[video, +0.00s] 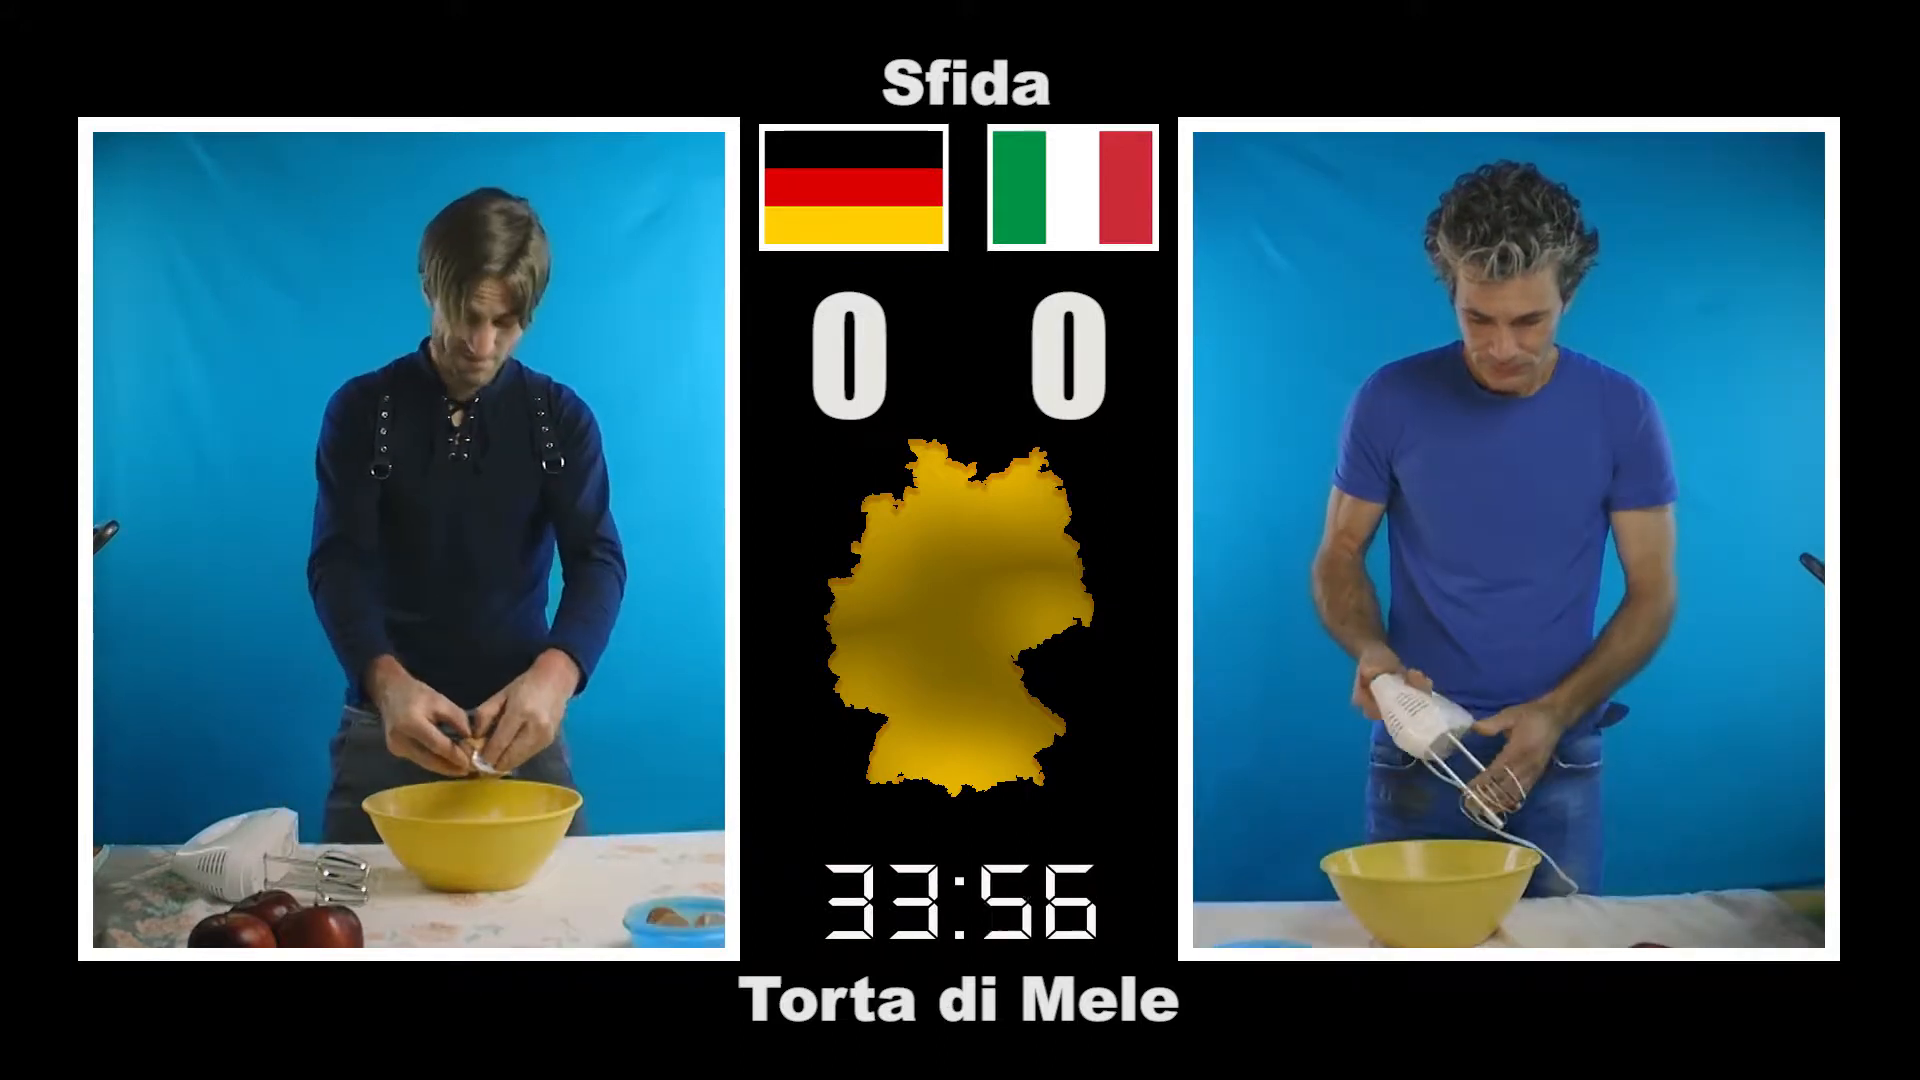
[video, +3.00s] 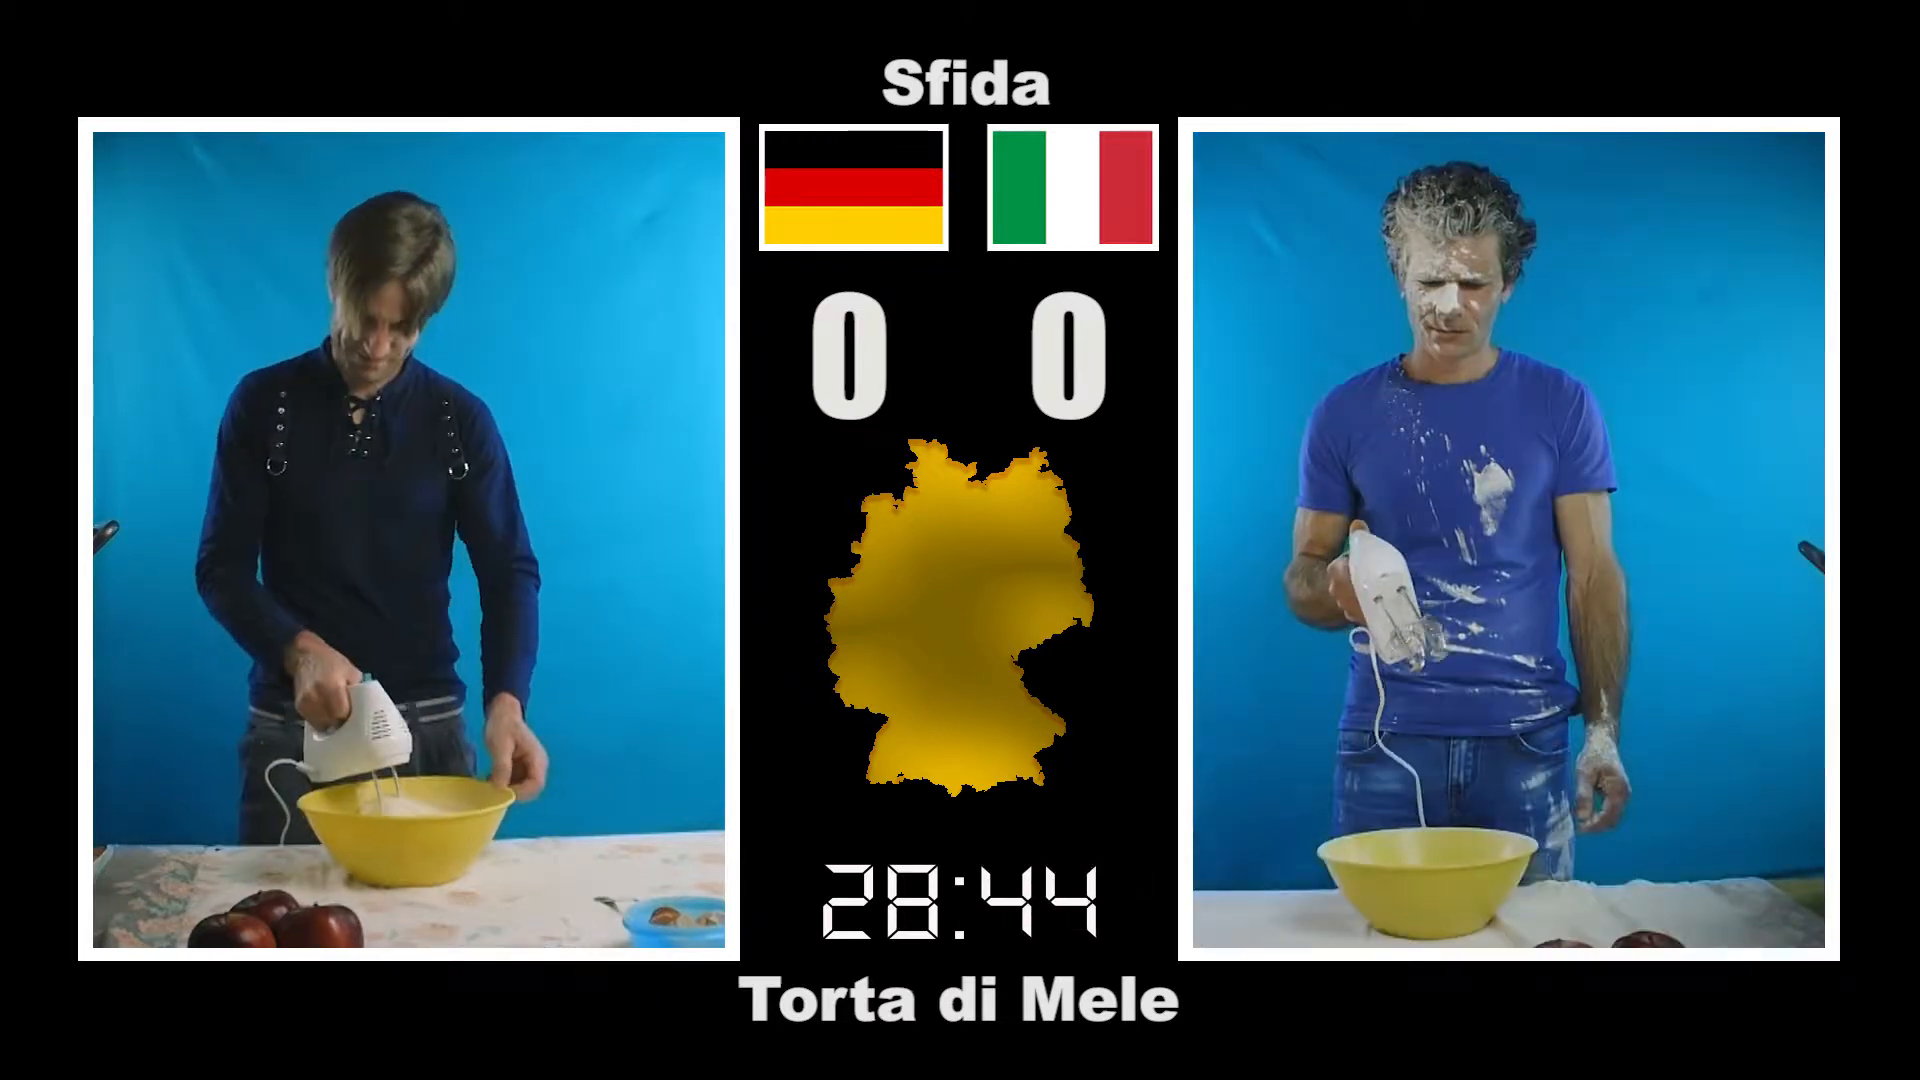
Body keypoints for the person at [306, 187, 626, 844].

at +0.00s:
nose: (483, 344)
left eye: (505, 322)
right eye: (467, 319)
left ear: (528, 312)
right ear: (433, 296)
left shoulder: (559, 421)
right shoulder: (363, 412)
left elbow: (597, 560)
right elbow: (336, 560)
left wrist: (556, 675)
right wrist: (386, 680)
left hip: (523, 734)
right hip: (388, 735)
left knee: (546, 933)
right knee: (365, 933)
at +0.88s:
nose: (451, 348)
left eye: (470, 326)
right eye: (431, 326)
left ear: (492, 316)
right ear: (398, 312)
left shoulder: (539, 426)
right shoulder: (345, 429)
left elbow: (565, 558)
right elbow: (328, 566)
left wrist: (512, 679)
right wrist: (363, 692)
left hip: (515, 738)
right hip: (385, 741)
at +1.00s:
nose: (450, 308)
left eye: (449, 286)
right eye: (428, 292)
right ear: (354, 306)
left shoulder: (474, 405)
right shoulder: (277, 416)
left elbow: (517, 552)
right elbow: (216, 554)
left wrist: (550, 688)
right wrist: (225, 604)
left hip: (457, 742)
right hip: (326, 750)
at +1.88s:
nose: (516, 315)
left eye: (529, 292)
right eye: (497, 292)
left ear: (540, 287)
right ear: (434, 282)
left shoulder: (554, 414)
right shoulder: (356, 407)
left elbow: (596, 562)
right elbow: (288, 547)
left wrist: (607, 684)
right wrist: (299, 589)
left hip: (523, 747)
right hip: (387, 745)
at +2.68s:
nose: (458, 323)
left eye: (469, 300)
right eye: (440, 298)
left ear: (478, 294)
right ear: (370, 283)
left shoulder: (475, 406)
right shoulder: (283, 408)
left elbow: (509, 562)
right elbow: (205, 577)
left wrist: (559, 689)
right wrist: (284, 615)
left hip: (457, 741)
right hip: (327, 750)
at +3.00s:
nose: (379, 348)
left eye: (403, 328)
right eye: (364, 322)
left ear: (428, 314)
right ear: (336, 292)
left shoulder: (459, 422)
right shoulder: (264, 406)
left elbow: (509, 568)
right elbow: (222, 570)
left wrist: (506, 704)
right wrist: (298, 650)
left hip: (428, 731)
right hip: (294, 731)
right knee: (288, 933)